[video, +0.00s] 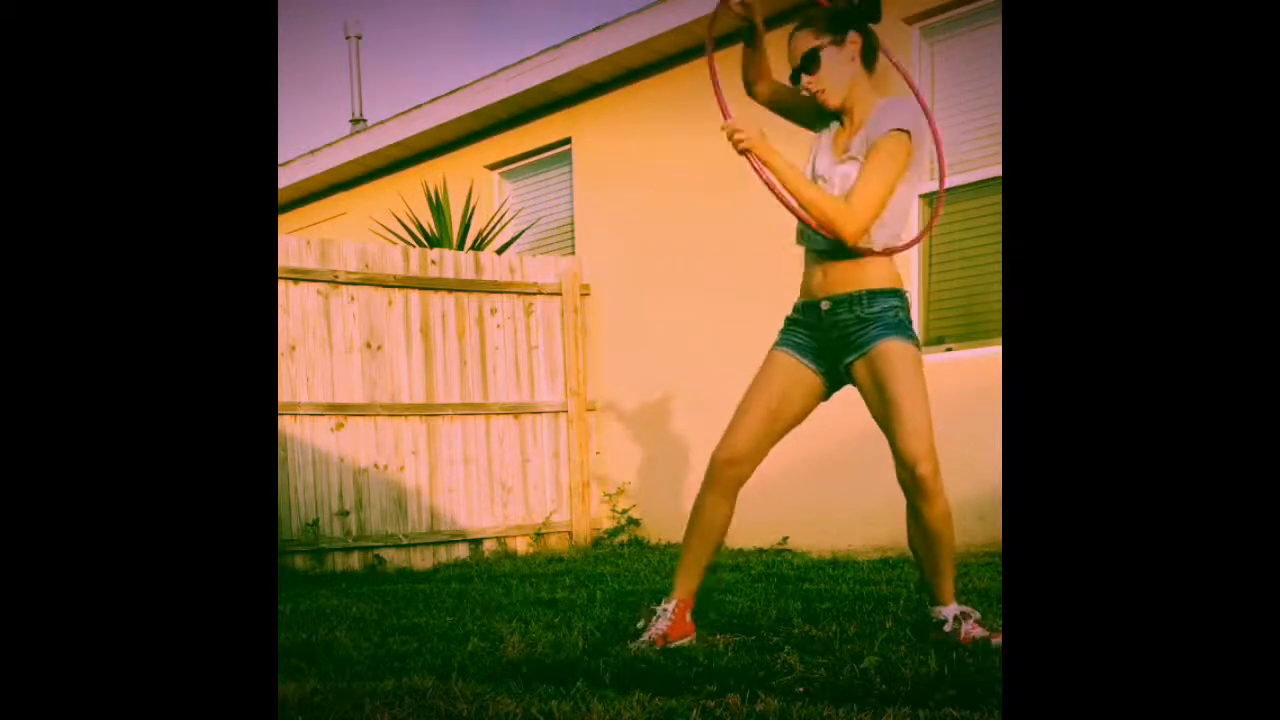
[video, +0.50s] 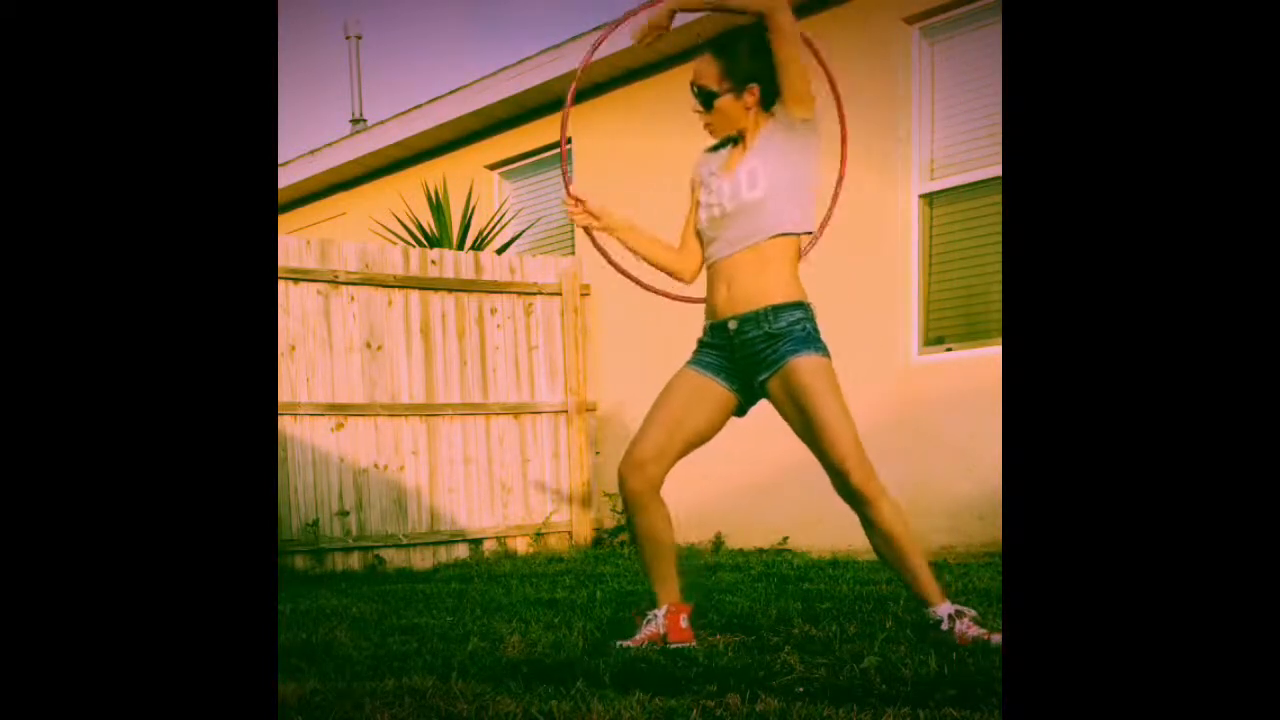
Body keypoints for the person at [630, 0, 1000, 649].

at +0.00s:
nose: (806, 81)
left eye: (812, 62)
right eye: (801, 70)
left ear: (855, 47)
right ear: (826, 65)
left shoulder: (896, 121)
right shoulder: (828, 126)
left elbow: (851, 226)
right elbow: (761, 86)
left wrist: (771, 157)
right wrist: (753, 27)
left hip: (874, 313)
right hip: (809, 320)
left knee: (919, 469)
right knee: (726, 463)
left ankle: (947, 609)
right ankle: (676, 614)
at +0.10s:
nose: (790, 83)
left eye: (796, 68)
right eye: (784, 73)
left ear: (839, 56)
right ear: (812, 65)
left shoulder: (884, 122)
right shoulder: (811, 131)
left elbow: (849, 191)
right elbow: (733, 122)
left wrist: (795, 109)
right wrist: (742, 44)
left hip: (859, 318)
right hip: (793, 327)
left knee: (903, 472)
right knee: (711, 465)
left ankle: (944, 611)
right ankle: (679, 618)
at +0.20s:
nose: (771, 94)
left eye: (777, 78)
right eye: (767, 83)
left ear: (819, 66)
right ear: (778, 82)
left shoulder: (870, 118)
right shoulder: (779, 144)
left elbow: (862, 129)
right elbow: (695, 166)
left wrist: (814, 35)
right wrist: (700, 76)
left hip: (838, 323)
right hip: (771, 334)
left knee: (889, 474)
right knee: (682, 465)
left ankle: (943, 613)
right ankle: (675, 617)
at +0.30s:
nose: (744, 98)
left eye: (752, 85)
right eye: (741, 86)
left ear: (797, 85)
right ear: (767, 89)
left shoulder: (841, 133)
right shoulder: (750, 156)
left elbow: (855, 59)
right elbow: (680, 210)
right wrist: (651, 122)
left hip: (815, 325)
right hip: (747, 336)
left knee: (873, 474)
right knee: (661, 467)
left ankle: (941, 612)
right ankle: (672, 616)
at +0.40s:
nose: (722, 101)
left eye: (730, 89)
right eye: (720, 89)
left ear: (775, 89)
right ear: (751, 91)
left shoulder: (816, 131)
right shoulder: (725, 157)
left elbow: (824, 23)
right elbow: (685, 245)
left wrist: (776, 8)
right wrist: (630, 177)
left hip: (797, 327)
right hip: (730, 339)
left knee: (866, 480)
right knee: (647, 472)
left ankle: (942, 612)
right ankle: (672, 617)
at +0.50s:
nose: (695, 106)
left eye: (705, 96)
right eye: (694, 95)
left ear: (750, 95)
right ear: (730, 97)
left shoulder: (792, 128)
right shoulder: (708, 167)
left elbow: (778, 13)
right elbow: (685, 265)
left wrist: (680, 9)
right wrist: (606, 221)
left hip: (785, 333)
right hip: (720, 345)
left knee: (857, 482)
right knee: (638, 473)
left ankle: (942, 612)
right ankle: (671, 616)